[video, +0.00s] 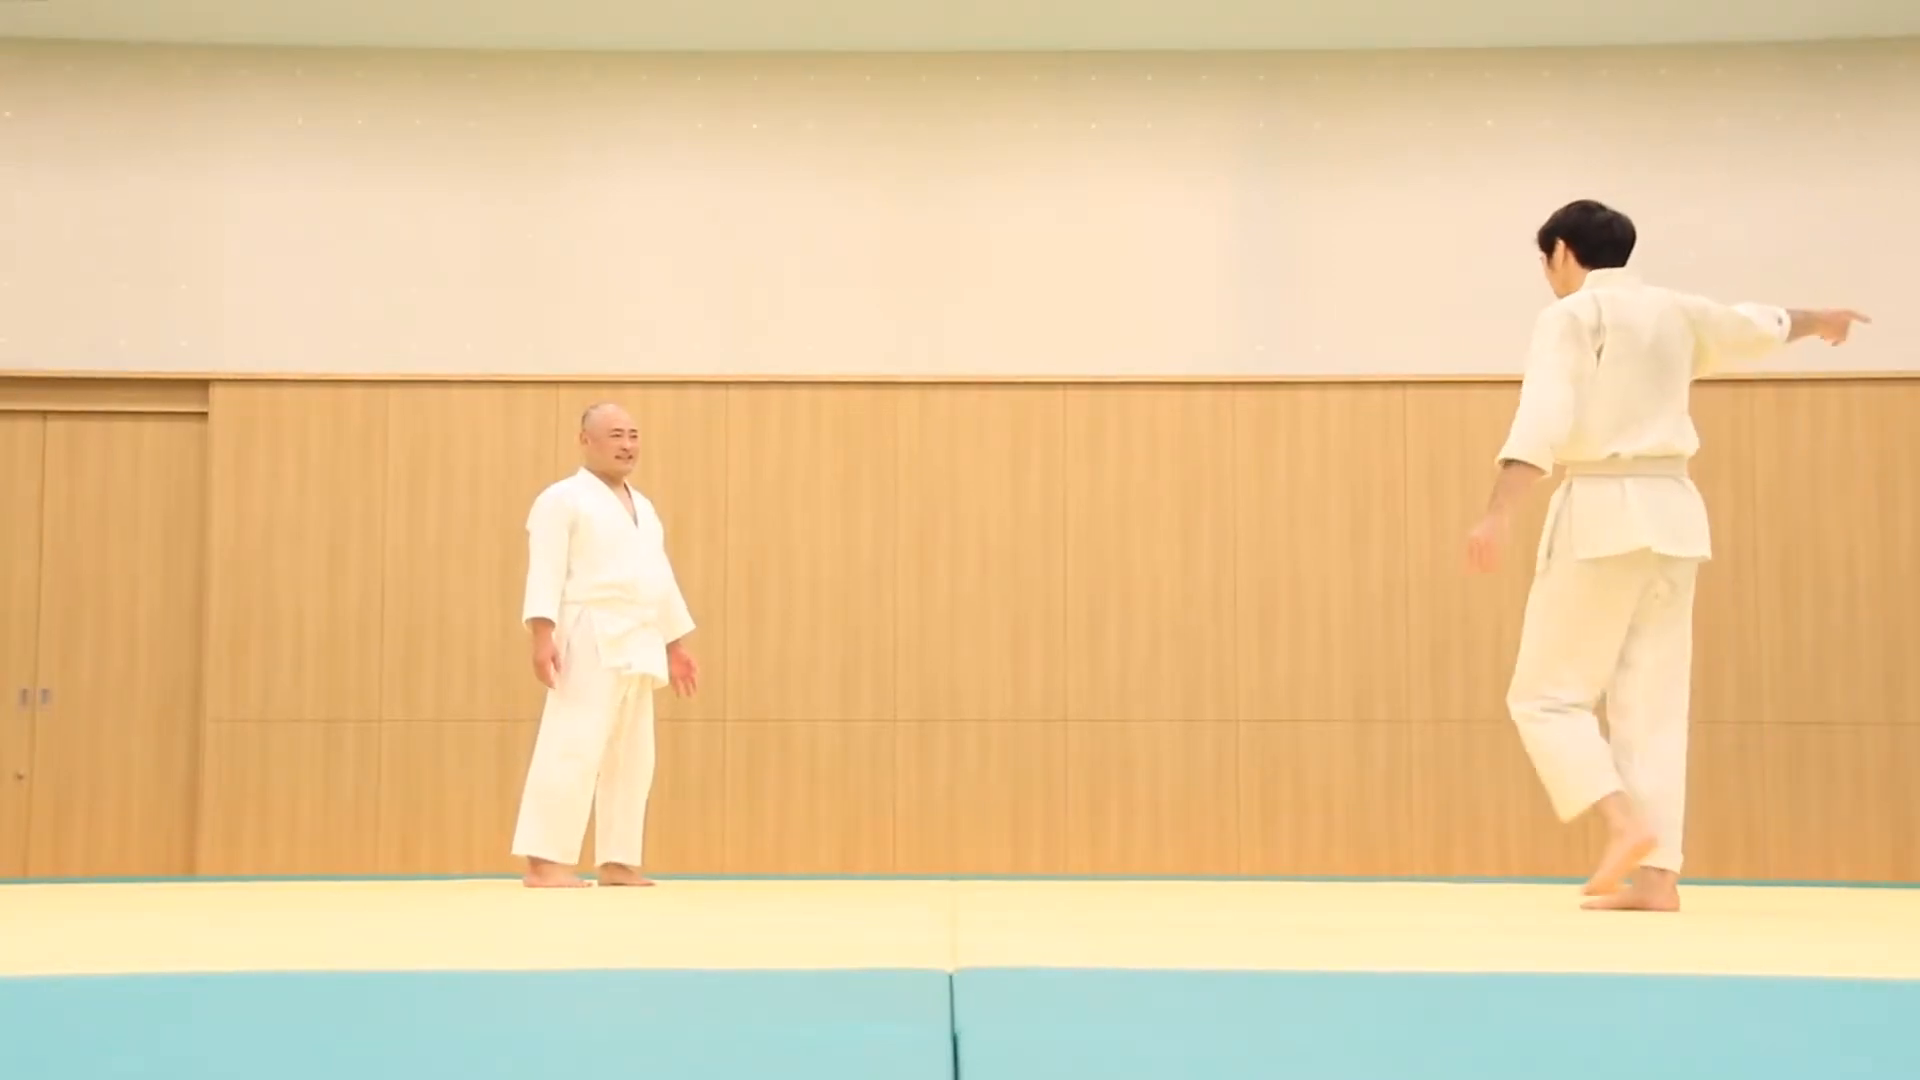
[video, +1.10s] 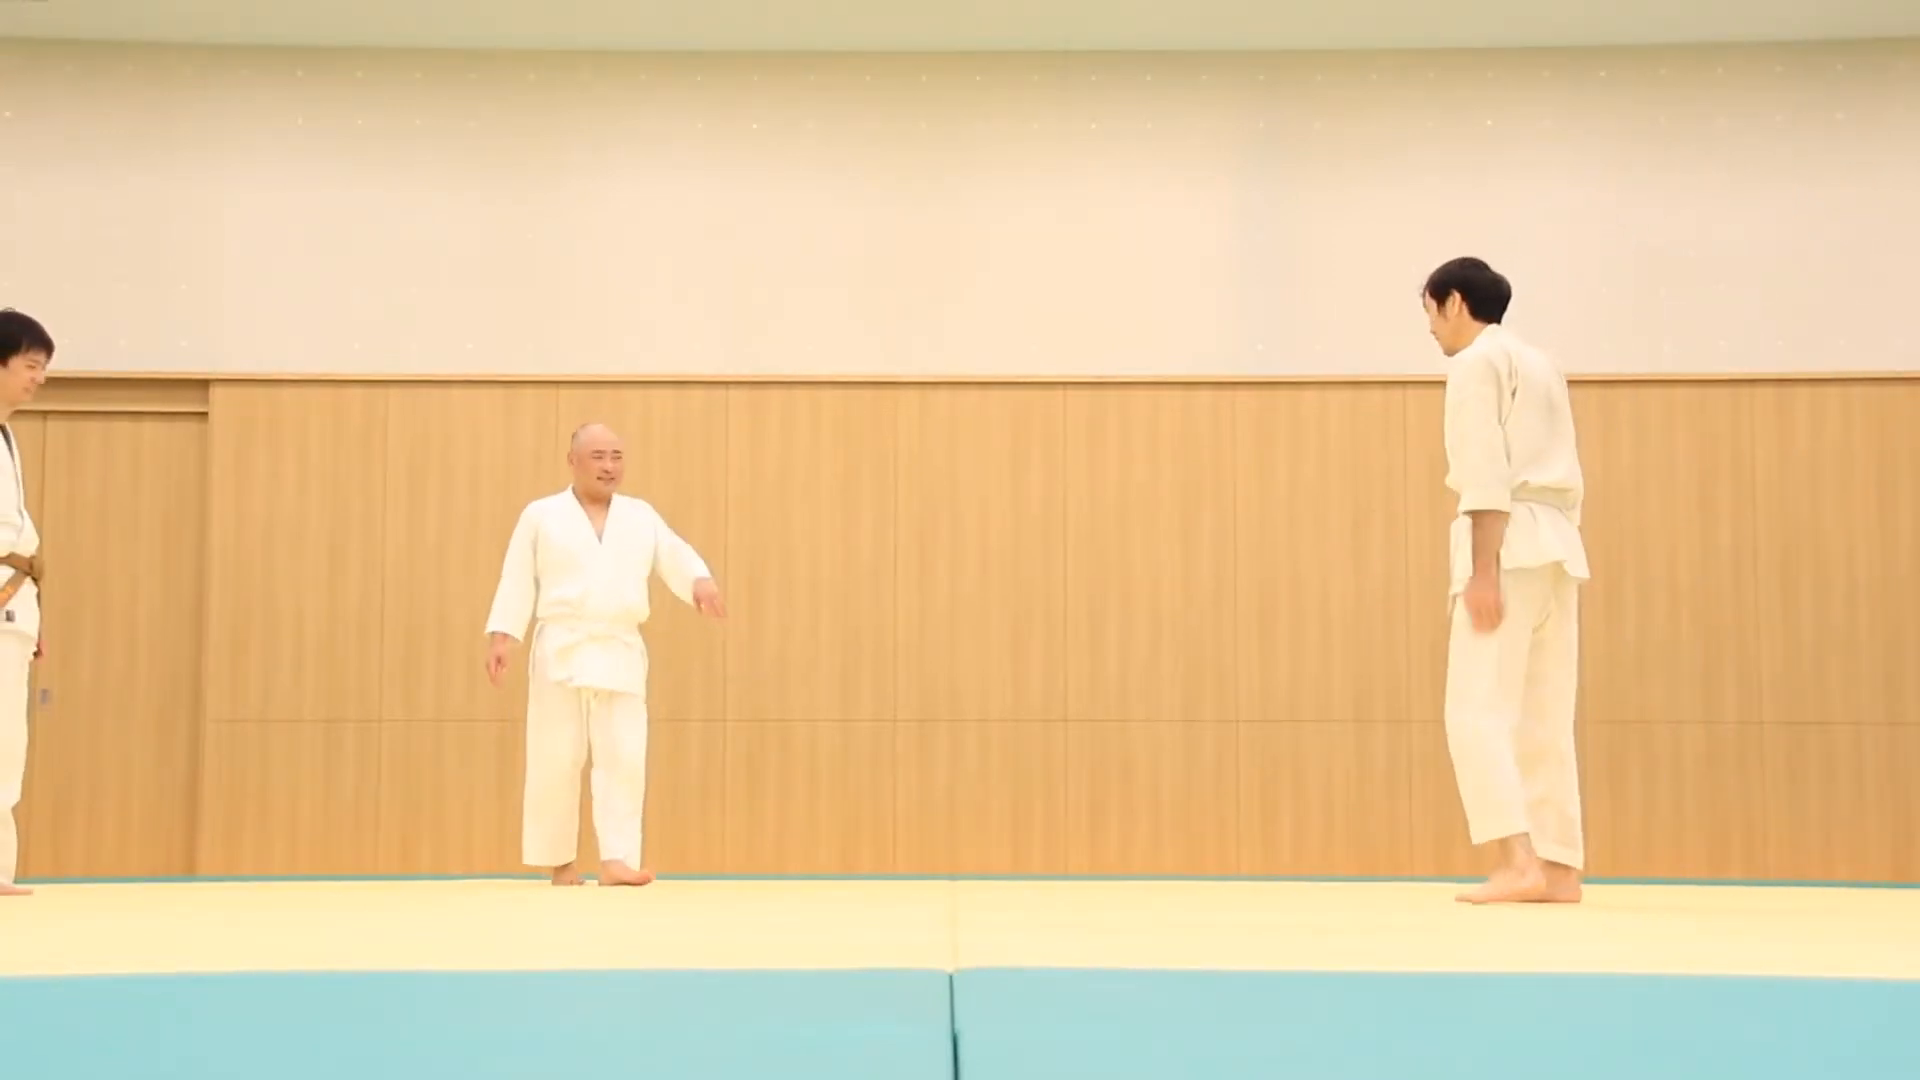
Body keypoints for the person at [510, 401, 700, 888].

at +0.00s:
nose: (627, 443)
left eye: (633, 435)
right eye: (615, 435)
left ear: (639, 443)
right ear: (585, 442)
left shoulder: (642, 507)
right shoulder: (561, 500)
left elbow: (659, 580)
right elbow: (545, 571)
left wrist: (674, 643)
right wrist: (542, 634)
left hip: (639, 648)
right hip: (586, 644)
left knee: (630, 755)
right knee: (570, 750)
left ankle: (618, 862)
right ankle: (545, 862)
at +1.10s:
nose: (609, 465)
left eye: (616, 456)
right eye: (598, 456)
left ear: (624, 463)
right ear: (573, 462)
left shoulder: (640, 516)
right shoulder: (541, 515)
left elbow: (675, 554)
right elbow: (517, 579)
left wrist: (701, 583)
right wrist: (501, 635)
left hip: (621, 650)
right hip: (559, 649)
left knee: (623, 756)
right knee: (559, 757)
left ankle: (616, 861)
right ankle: (562, 864)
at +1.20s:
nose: (603, 470)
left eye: (611, 462)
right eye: (592, 462)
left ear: (619, 468)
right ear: (567, 467)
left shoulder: (635, 514)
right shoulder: (536, 519)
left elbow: (679, 541)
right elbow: (513, 582)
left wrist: (671, 552)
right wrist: (498, 638)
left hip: (615, 650)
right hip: (555, 650)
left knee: (621, 756)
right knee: (557, 758)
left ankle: (615, 861)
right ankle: (561, 866)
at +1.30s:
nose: (598, 472)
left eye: (607, 463)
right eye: (587, 463)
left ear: (616, 468)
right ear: (564, 466)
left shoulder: (625, 509)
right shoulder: (533, 517)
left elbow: (671, 534)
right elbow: (509, 582)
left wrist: (642, 526)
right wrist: (493, 641)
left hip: (612, 649)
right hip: (553, 649)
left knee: (619, 751)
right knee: (555, 755)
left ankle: (610, 859)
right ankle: (561, 864)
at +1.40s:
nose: (597, 471)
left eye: (605, 462)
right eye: (586, 462)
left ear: (615, 467)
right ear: (563, 465)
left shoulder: (625, 511)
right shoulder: (532, 515)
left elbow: (657, 518)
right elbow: (507, 582)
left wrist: (612, 503)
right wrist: (490, 646)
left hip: (613, 647)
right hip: (553, 647)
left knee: (620, 754)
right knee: (555, 755)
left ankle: (610, 859)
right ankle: (562, 862)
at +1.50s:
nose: (597, 473)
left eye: (606, 463)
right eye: (586, 463)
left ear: (616, 468)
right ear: (564, 466)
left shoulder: (624, 513)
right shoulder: (531, 517)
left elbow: (649, 502)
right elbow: (505, 583)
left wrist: (600, 488)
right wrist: (487, 649)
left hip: (613, 646)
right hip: (555, 646)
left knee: (619, 753)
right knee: (555, 753)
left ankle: (614, 859)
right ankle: (562, 862)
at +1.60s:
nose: (597, 476)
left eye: (607, 467)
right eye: (587, 466)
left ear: (616, 471)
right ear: (565, 470)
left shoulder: (625, 515)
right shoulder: (533, 518)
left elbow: (646, 499)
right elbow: (506, 584)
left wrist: (595, 485)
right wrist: (487, 651)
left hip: (616, 651)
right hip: (557, 650)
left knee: (620, 757)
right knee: (556, 755)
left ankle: (608, 862)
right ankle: (562, 864)